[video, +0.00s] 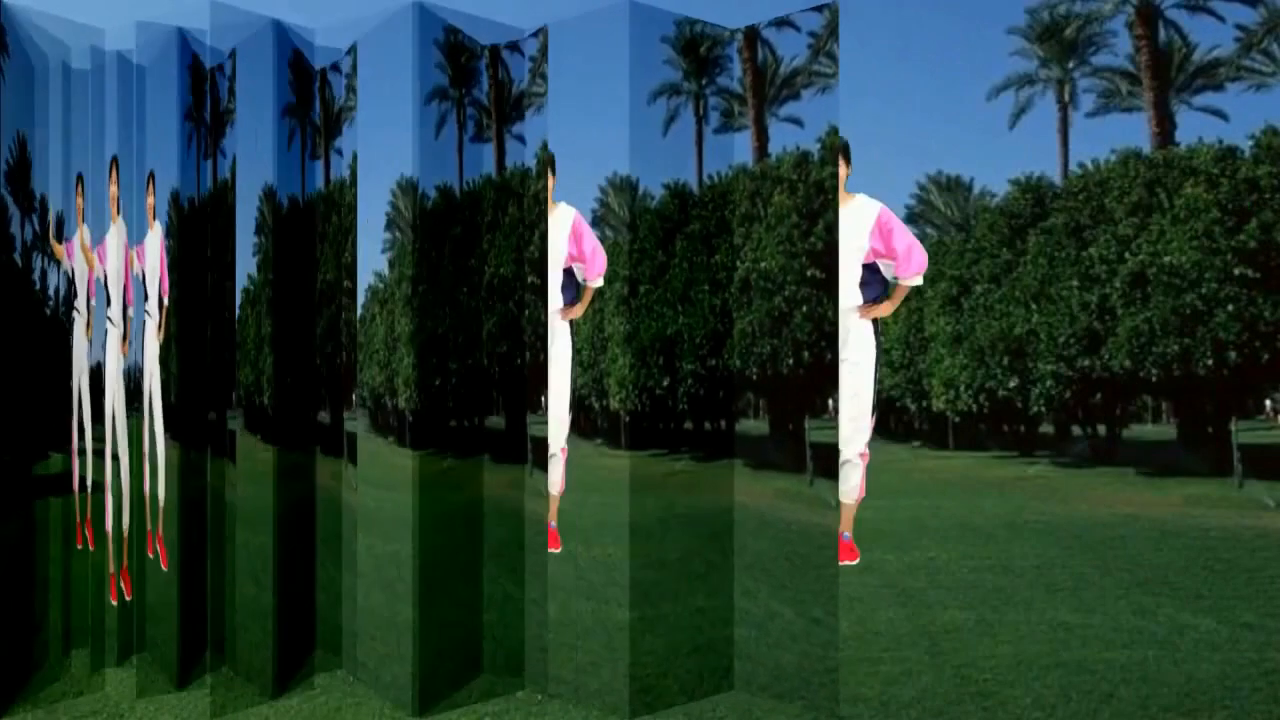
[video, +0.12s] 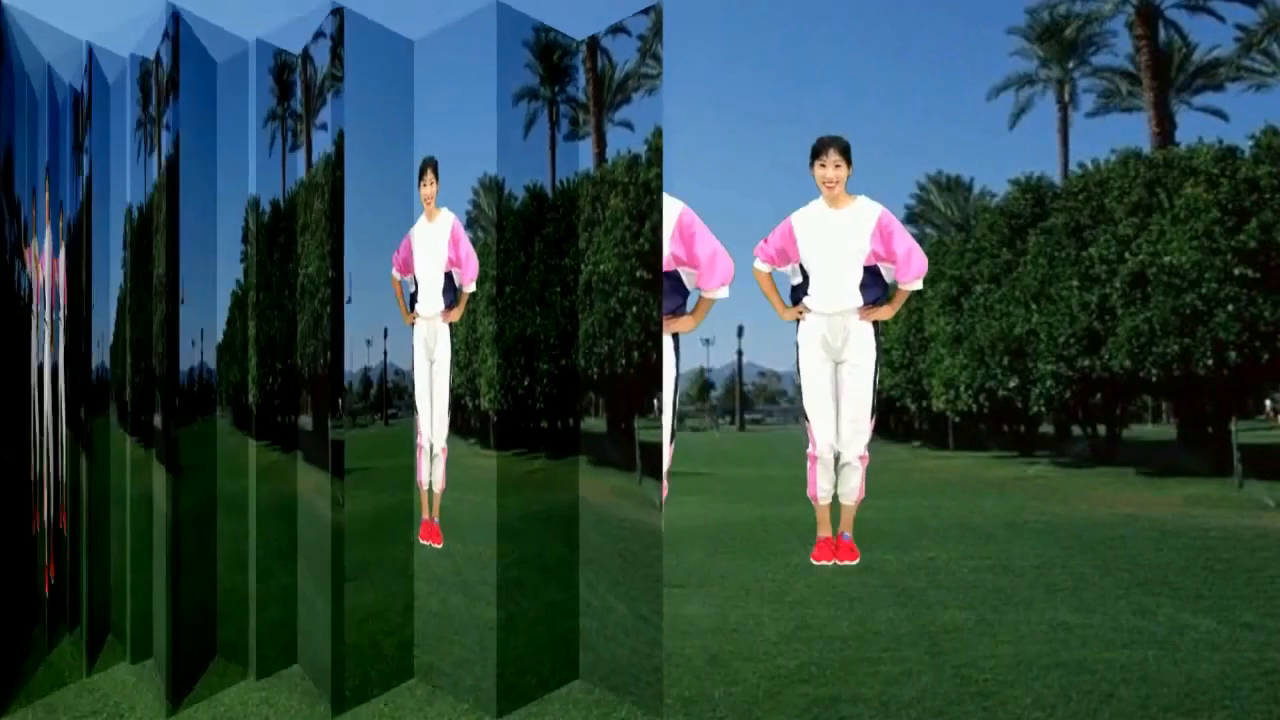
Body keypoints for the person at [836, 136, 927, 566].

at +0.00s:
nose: (830, 176)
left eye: (836, 167)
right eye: (824, 168)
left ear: (846, 169)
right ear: (816, 172)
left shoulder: (868, 212)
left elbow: (914, 258)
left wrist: (890, 305)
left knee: (854, 429)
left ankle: (845, 532)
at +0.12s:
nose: (830, 173)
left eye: (837, 165)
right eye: (823, 166)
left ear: (849, 170)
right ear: (813, 171)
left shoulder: (872, 215)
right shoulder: (801, 220)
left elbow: (914, 262)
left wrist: (892, 307)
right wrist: (783, 309)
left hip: (859, 328)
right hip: (814, 329)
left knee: (854, 434)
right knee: (822, 435)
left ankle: (846, 533)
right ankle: (823, 534)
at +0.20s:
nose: (831, 175)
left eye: (838, 167)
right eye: (823, 168)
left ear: (850, 172)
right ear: (814, 173)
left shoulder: (873, 217)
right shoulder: (801, 222)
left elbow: (915, 265)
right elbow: (761, 264)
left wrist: (892, 310)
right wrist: (783, 312)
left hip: (859, 331)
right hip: (814, 331)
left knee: (853, 438)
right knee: (823, 438)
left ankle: (846, 534)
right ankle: (824, 534)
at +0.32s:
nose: (831, 174)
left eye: (838, 167)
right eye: (824, 167)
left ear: (850, 172)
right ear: (814, 173)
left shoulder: (873, 218)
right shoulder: (802, 223)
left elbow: (915, 266)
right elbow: (761, 265)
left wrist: (892, 311)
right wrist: (783, 312)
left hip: (859, 331)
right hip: (814, 331)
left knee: (854, 439)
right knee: (823, 438)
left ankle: (846, 534)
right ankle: (824, 534)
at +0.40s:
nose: (831, 171)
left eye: (839, 163)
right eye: (824, 164)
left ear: (851, 169)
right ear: (814, 170)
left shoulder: (873, 214)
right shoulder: (802, 219)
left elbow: (915, 261)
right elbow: (761, 261)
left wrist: (892, 307)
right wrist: (783, 308)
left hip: (859, 328)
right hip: (815, 328)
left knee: (854, 435)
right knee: (823, 435)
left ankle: (846, 534)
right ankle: (824, 534)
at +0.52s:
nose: (833, 165)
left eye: (840, 158)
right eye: (825, 158)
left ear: (852, 164)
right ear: (815, 165)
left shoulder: (874, 210)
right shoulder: (803, 215)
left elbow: (915, 259)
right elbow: (762, 257)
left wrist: (892, 304)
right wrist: (783, 305)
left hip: (859, 325)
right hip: (814, 325)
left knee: (856, 431)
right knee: (819, 431)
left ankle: (847, 533)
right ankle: (823, 533)